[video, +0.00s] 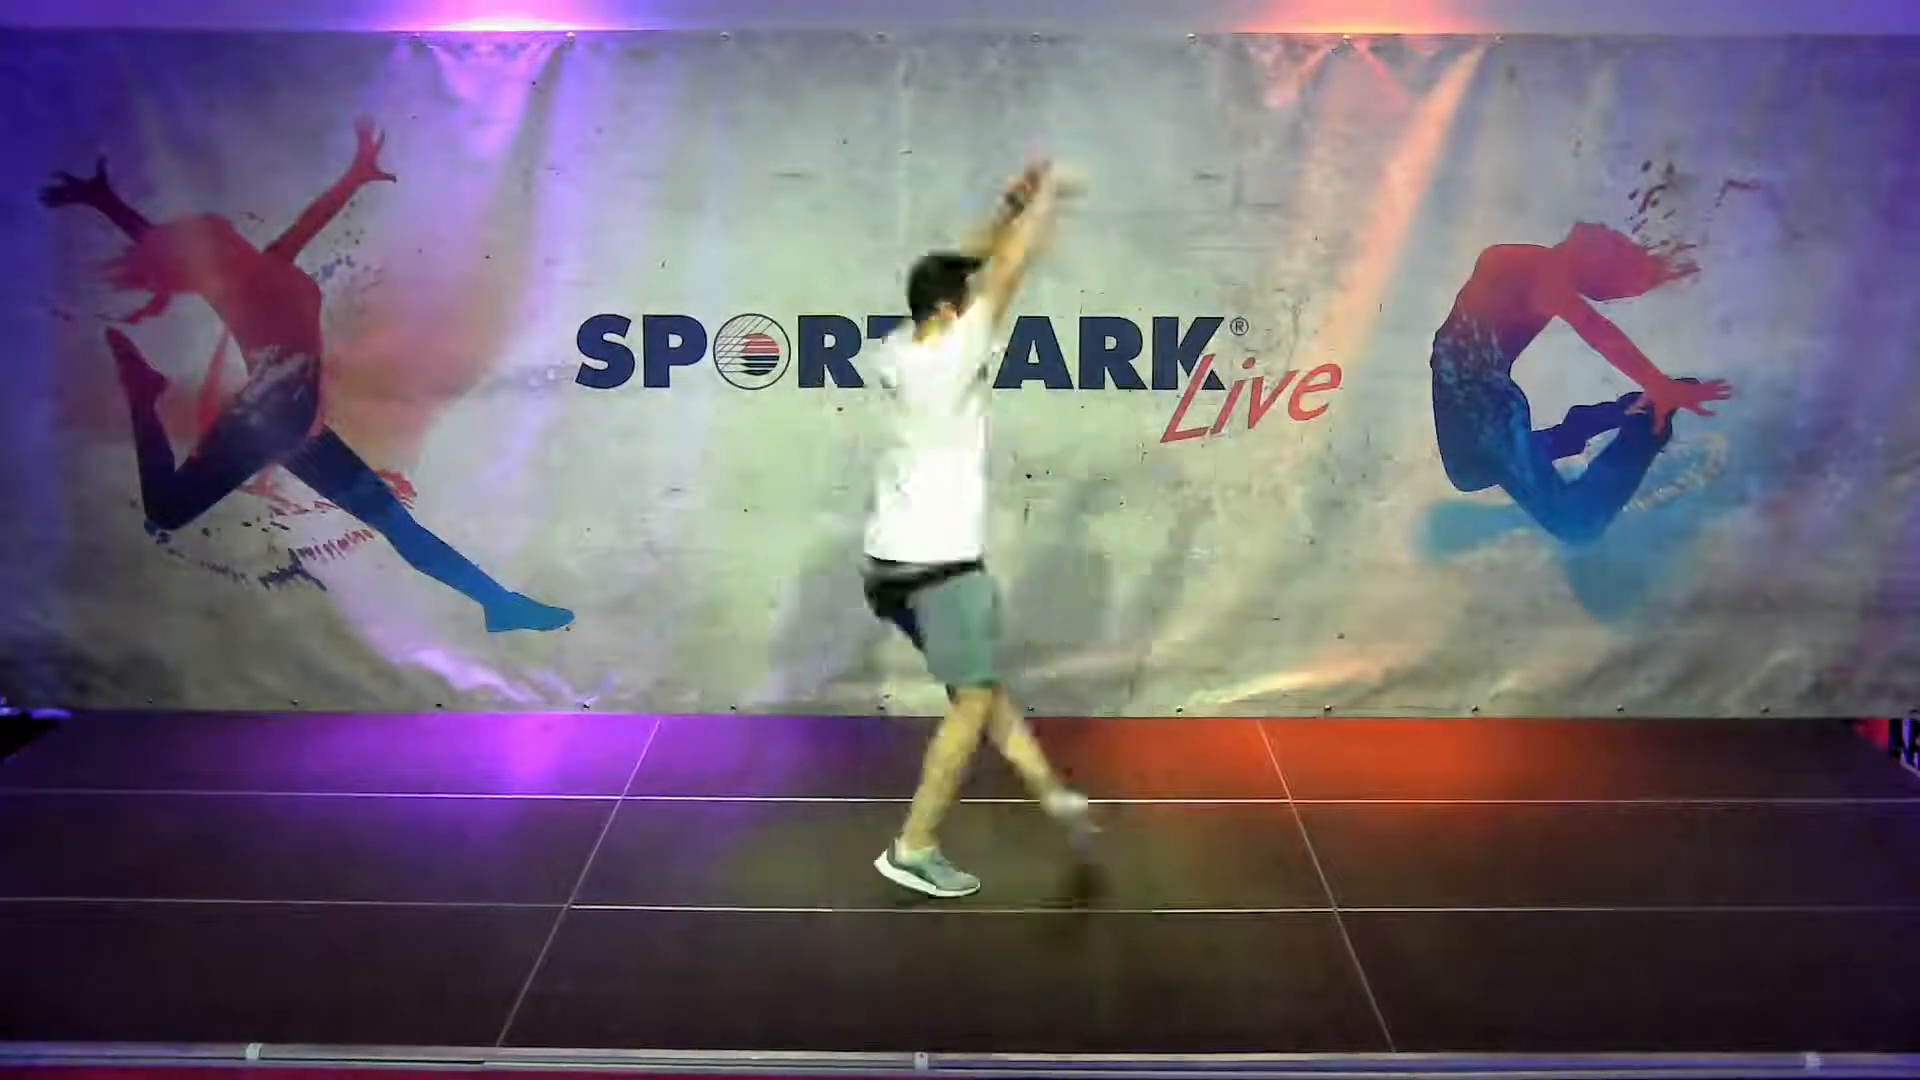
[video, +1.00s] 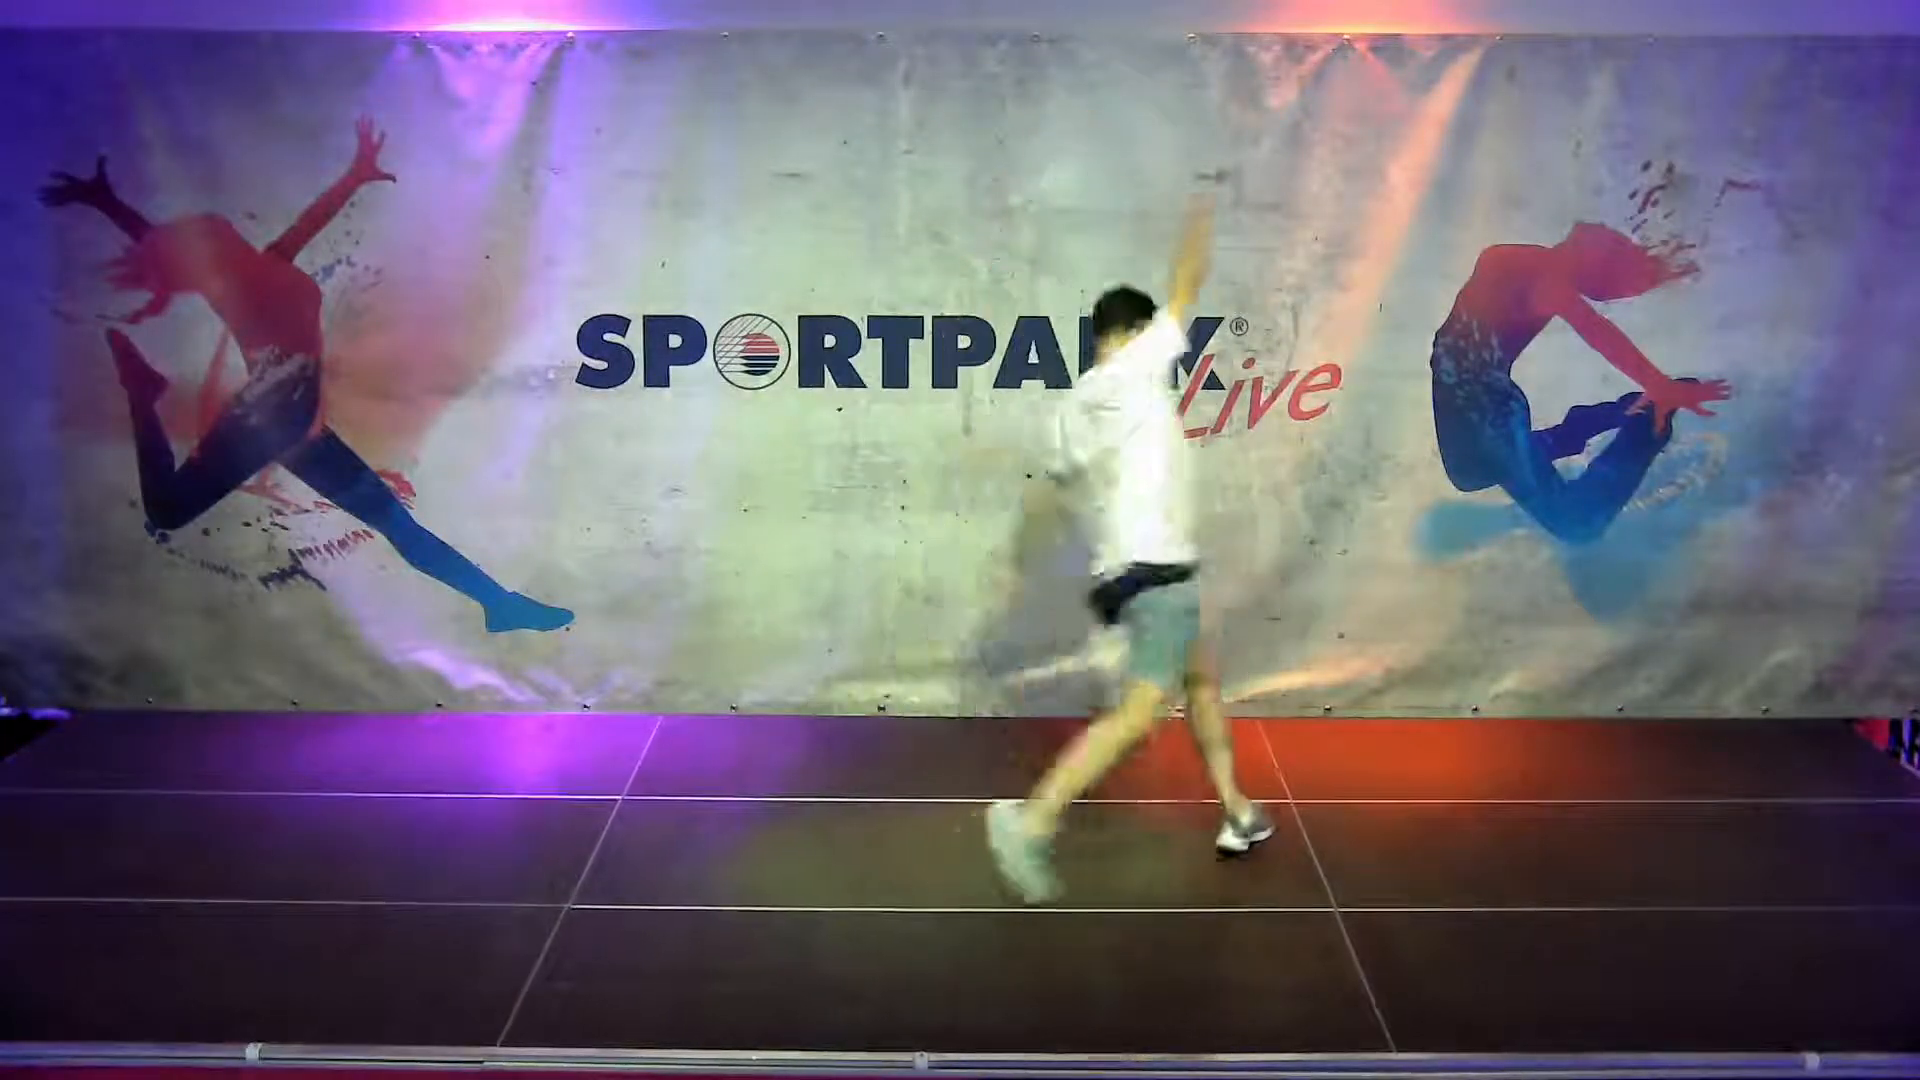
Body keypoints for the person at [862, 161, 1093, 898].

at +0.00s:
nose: (985, 314)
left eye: (982, 299)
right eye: (978, 299)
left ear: (923, 306)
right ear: (953, 307)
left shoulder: (897, 353)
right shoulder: (951, 357)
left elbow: (961, 274)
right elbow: (1007, 273)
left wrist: (1007, 212)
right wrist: (1042, 204)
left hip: (894, 560)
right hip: (944, 559)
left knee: (984, 689)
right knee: (972, 703)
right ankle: (914, 848)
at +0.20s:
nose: (1019, 355)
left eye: (1022, 345)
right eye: (1011, 345)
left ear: (1007, 349)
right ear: (975, 343)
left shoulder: (1000, 396)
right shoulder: (938, 399)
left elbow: (1025, 303)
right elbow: (958, 307)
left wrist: (1046, 223)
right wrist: (1002, 221)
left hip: (999, 593)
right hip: (946, 598)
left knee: (1073, 670)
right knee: (1000, 731)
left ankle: (1073, 824)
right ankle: (917, 846)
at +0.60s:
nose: (1086, 322)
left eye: (1087, 310)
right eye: (1075, 311)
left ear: (1080, 314)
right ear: (1039, 310)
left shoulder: (1078, 366)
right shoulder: (1002, 361)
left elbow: (1103, 280)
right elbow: (1013, 266)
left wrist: (1097, 202)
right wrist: (1042, 182)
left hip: (1079, 572)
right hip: (1005, 577)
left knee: (1141, 667)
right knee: (980, 725)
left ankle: (1118, 798)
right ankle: (996, 841)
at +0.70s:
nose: (1100, 305)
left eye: (1101, 293)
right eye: (1088, 295)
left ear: (1100, 298)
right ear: (1057, 294)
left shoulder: (1094, 351)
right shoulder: (1031, 348)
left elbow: (1150, 287)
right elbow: (1053, 257)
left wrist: (1154, 204)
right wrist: (1062, 166)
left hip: (1084, 548)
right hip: (1033, 548)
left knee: (1148, 653)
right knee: (1040, 699)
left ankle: (1161, 800)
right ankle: (968, 823)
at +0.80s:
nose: (1107, 288)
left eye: (1107, 275)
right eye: (1093, 275)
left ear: (1102, 293)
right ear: (1062, 288)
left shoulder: (1106, 358)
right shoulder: (1041, 349)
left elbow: (1174, 347)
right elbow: (1083, 256)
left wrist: (1220, 292)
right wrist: (1093, 176)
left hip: (1089, 555)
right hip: (1050, 556)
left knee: (1147, 660)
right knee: (1053, 709)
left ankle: (1203, 798)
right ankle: (967, 844)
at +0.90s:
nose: (1137, 344)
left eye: (1132, 333)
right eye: (1128, 330)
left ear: (1085, 336)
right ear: (1107, 332)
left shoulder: (1099, 392)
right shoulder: (1093, 378)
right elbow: (1139, 297)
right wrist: (1138, 224)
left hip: (1108, 582)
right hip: (1098, 584)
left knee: (1181, 680)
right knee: (1059, 731)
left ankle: (1232, 815)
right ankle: (967, 852)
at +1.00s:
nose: (1150, 341)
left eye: (1142, 332)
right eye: (1145, 331)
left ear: (1095, 334)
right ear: (1135, 331)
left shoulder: (1071, 404)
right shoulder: (1142, 364)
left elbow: (1052, 485)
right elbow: (1185, 286)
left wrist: (1014, 563)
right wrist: (1204, 205)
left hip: (1117, 572)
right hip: (1163, 567)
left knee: (1199, 682)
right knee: (1140, 708)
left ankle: (1237, 813)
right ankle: (1029, 821)